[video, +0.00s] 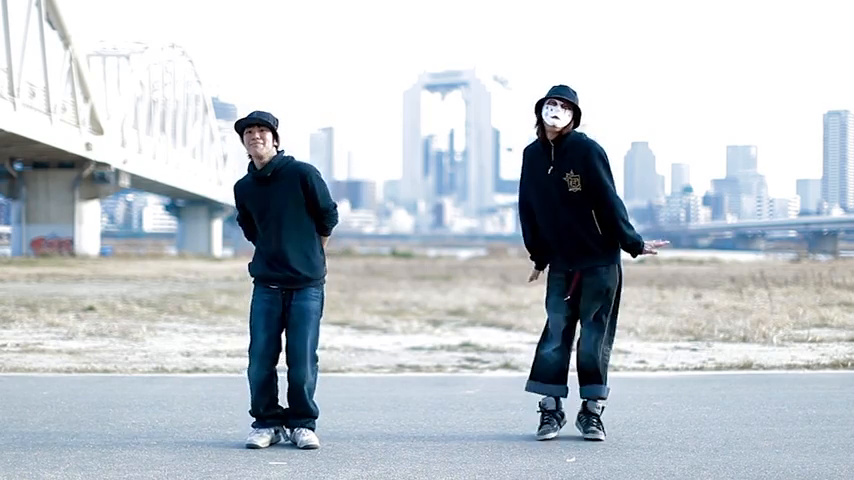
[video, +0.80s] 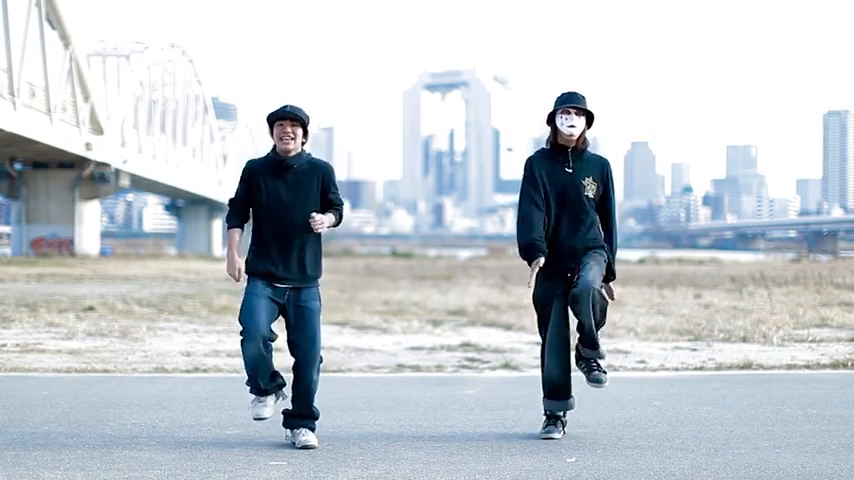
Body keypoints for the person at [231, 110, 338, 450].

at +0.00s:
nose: (256, 139)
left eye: (261, 133)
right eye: (249, 135)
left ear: (274, 137)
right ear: (244, 143)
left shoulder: (303, 173)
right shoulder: (243, 187)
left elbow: (328, 216)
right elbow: (250, 230)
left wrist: (314, 245)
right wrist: (277, 246)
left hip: (306, 282)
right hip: (266, 283)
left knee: (301, 356)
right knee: (259, 356)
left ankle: (302, 425)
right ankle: (266, 424)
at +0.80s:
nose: (287, 134)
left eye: (293, 129)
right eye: (281, 129)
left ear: (303, 134)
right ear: (272, 134)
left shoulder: (320, 171)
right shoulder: (255, 170)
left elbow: (336, 210)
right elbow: (236, 212)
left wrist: (327, 219)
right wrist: (232, 252)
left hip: (305, 280)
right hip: (263, 277)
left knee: (309, 355)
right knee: (253, 333)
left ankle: (302, 424)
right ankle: (266, 388)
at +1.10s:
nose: (271, 141)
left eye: (278, 136)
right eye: (266, 134)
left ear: (290, 141)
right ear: (258, 138)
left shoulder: (307, 178)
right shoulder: (246, 181)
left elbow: (332, 216)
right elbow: (233, 230)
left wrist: (324, 258)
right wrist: (232, 190)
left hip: (298, 285)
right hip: (257, 287)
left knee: (301, 358)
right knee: (256, 360)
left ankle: (302, 424)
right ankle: (260, 425)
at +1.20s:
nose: (271, 134)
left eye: (278, 130)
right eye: (266, 128)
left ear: (289, 136)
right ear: (257, 133)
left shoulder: (306, 170)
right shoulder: (240, 172)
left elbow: (336, 201)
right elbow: (221, 219)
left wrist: (330, 236)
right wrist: (219, 188)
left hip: (298, 275)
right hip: (256, 280)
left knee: (308, 330)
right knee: (255, 355)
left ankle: (298, 385)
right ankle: (261, 423)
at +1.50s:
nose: (283, 128)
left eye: (290, 122)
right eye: (278, 121)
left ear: (300, 128)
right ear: (267, 125)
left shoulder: (312, 168)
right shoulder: (248, 160)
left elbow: (321, 217)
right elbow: (231, 206)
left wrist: (333, 191)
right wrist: (221, 247)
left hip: (297, 268)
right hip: (257, 268)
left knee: (293, 343)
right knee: (256, 345)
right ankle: (261, 420)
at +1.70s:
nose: (280, 133)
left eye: (287, 129)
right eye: (275, 128)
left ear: (298, 136)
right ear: (266, 133)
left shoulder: (315, 171)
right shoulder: (251, 171)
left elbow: (341, 211)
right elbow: (226, 214)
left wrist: (319, 230)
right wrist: (248, 234)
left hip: (301, 283)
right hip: (258, 279)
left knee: (299, 358)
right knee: (241, 334)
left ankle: (297, 428)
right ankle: (259, 390)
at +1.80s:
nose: (280, 131)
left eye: (286, 127)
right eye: (274, 126)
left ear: (295, 138)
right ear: (265, 135)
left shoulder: (312, 172)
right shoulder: (249, 171)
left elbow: (348, 192)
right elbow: (211, 193)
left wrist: (321, 161)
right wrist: (224, 162)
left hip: (300, 274)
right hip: (261, 267)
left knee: (299, 355)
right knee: (242, 289)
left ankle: (295, 428)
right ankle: (261, 342)